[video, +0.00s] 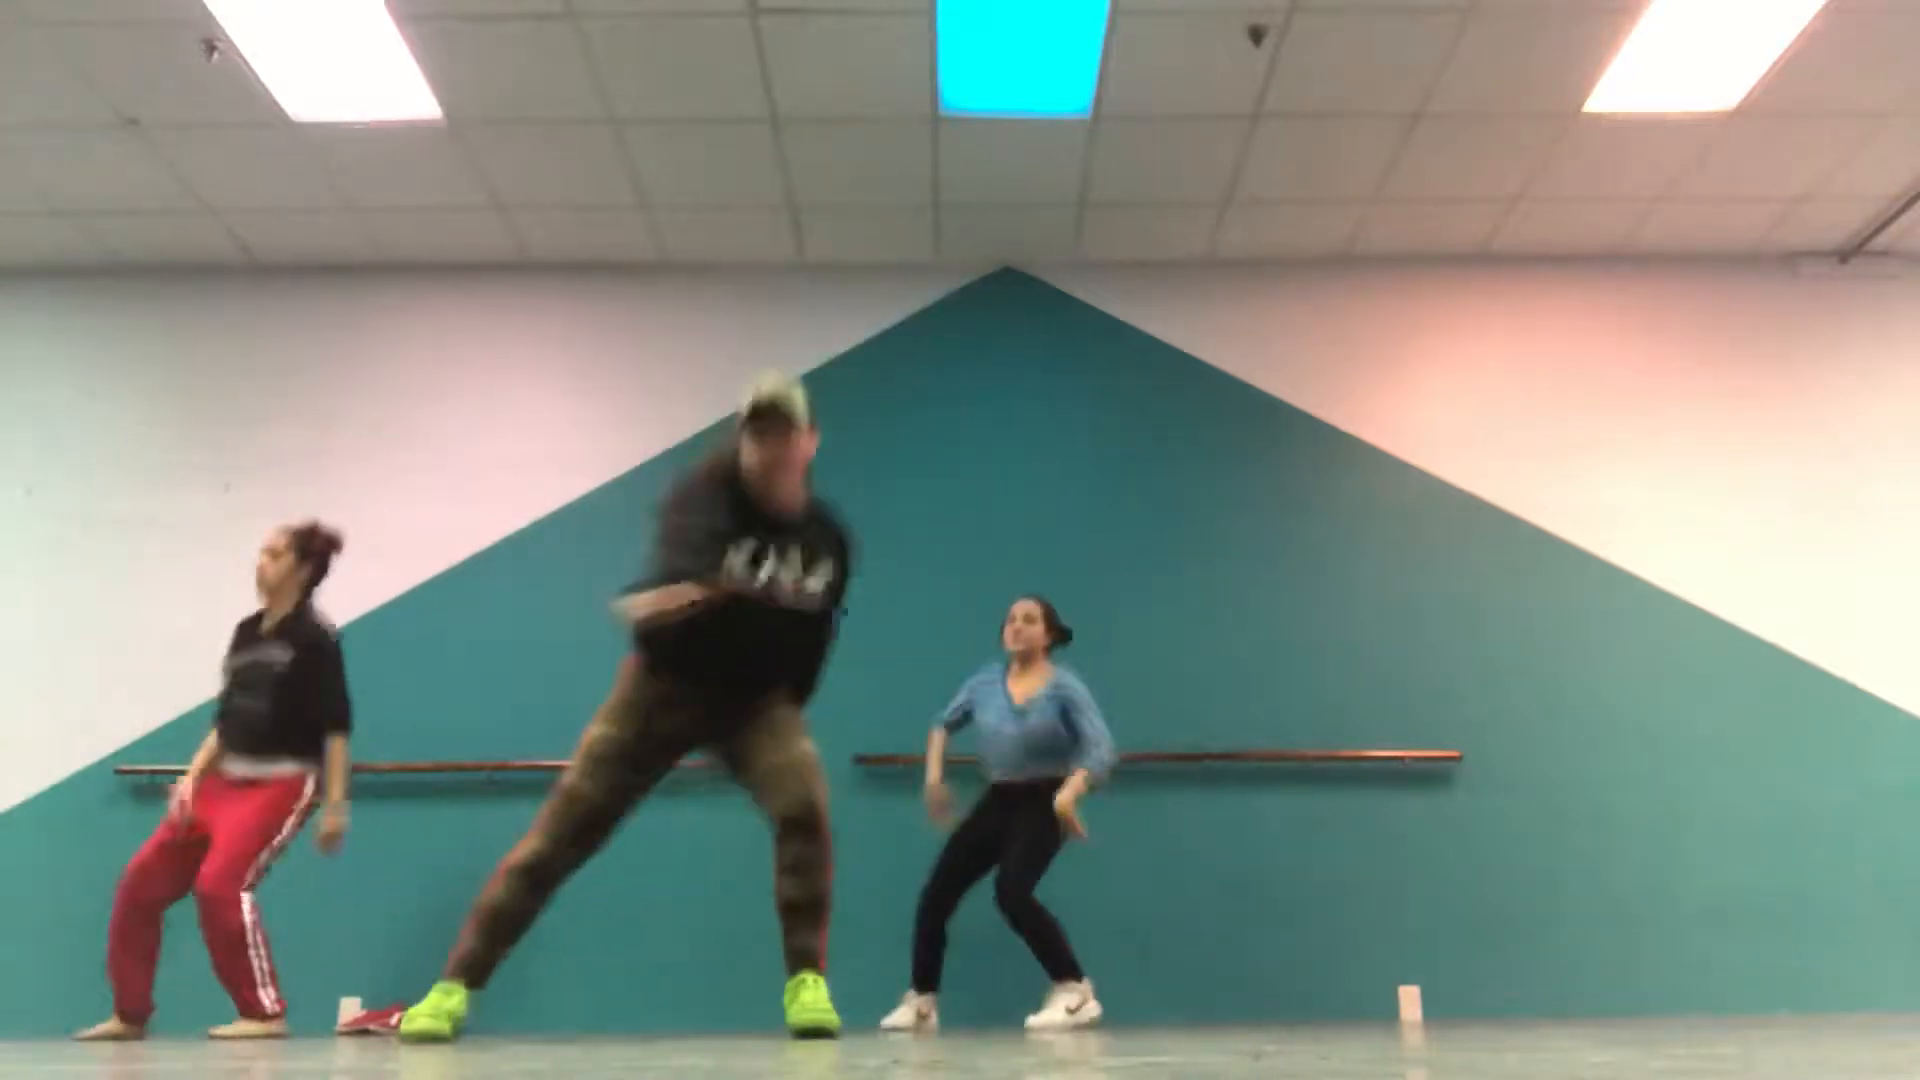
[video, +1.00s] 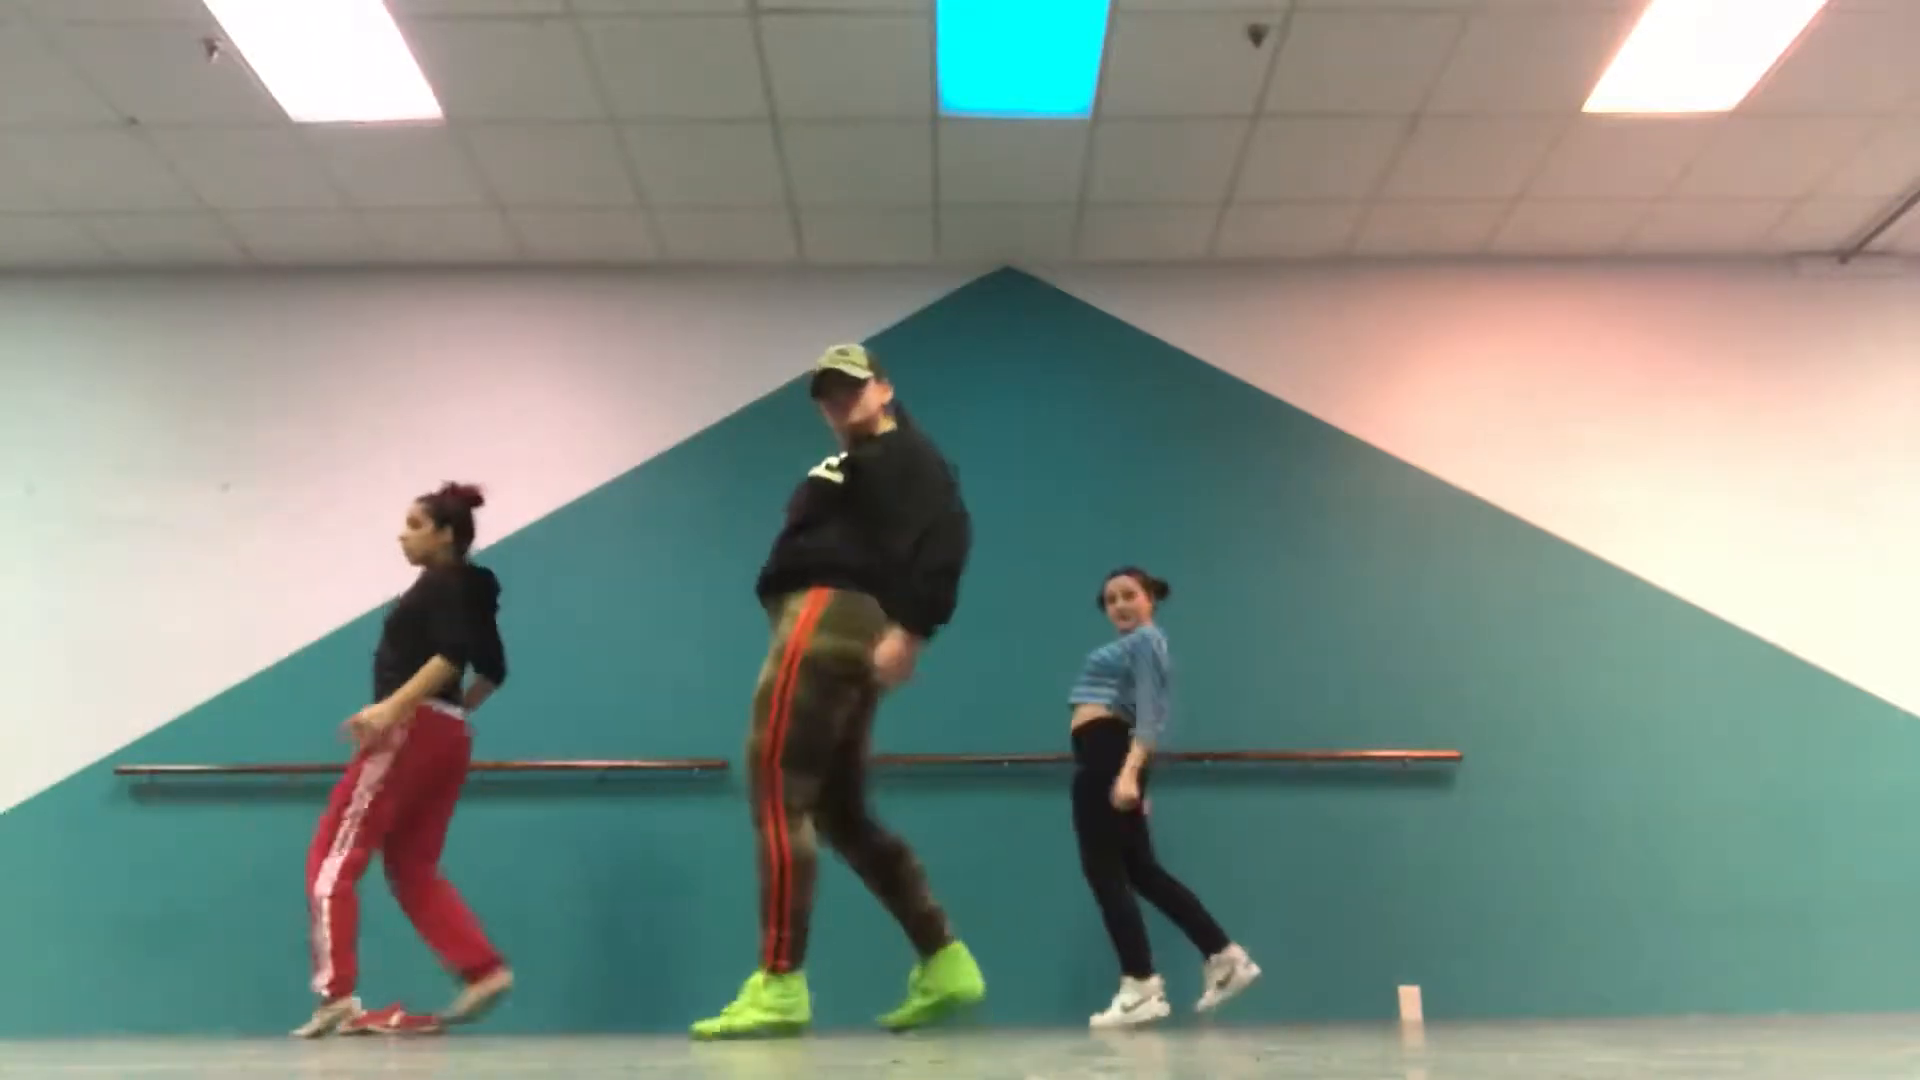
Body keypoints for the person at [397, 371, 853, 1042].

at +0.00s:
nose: (767, 451)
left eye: (782, 436)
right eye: (756, 436)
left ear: (810, 444)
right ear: (738, 442)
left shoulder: (828, 537)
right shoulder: (703, 497)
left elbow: (818, 634)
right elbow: (654, 602)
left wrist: (793, 704)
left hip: (758, 703)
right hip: (663, 688)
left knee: (803, 811)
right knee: (559, 836)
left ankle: (807, 983)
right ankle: (455, 988)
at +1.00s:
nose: (837, 404)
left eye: (849, 390)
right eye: (827, 396)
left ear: (883, 389)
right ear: (824, 408)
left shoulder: (902, 451)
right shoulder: (849, 459)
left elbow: (944, 532)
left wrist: (910, 625)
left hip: (830, 607)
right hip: (844, 613)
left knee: (779, 786)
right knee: (841, 809)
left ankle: (779, 981)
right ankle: (943, 961)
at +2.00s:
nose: (734, 447)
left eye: (751, 434)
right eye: (725, 434)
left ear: (781, 446)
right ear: (706, 443)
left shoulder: (818, 529)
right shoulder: (668, 533)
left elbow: (865, 615)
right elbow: (649, 636)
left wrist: (856, 689)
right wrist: (680, 726)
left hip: (785, 727)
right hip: (683, 726)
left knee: (869, 810)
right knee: (539, 814)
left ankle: (873, 985)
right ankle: (543, 996)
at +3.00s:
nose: (915, 343)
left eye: (915, 333)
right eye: (903, 331)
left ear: (871, 329)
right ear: (864, 328)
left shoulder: (876, 394)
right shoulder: (847, 373)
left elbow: (949, 467)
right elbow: (929, 425)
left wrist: (1031, 453)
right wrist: (1027, 432)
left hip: (852, 570)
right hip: (838, 561)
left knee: (887, 760)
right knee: (920, 731)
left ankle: (822, 946)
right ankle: (839, 902)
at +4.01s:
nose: (957, 395)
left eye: (952, 382)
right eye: (948, 383)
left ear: (894, 388)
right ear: (925, 386)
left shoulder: (859, 445)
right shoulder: (912, 452)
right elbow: (921, 579)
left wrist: (948, 674)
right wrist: (967, 679)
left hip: (802, 631)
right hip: (853, 632)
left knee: (861, 820)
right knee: (950, 802)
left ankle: (725, 918)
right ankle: (898, 973)